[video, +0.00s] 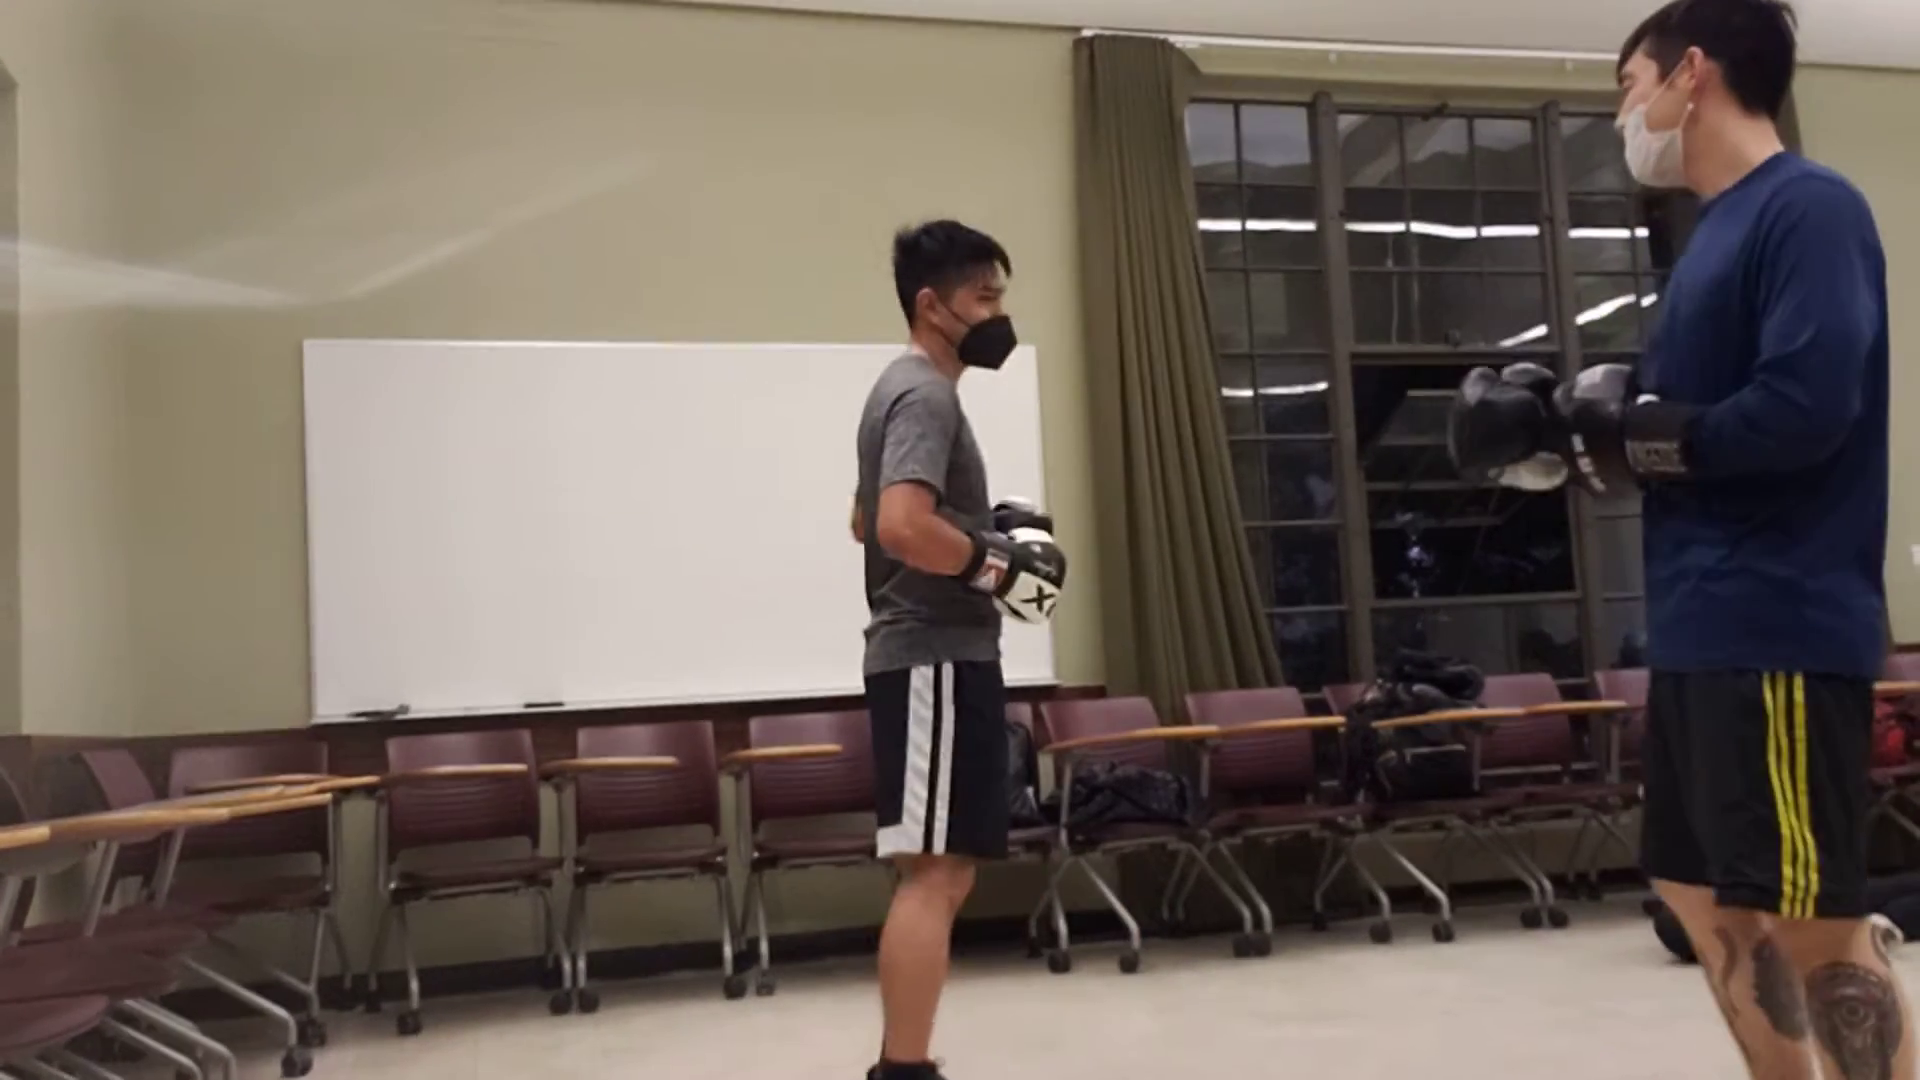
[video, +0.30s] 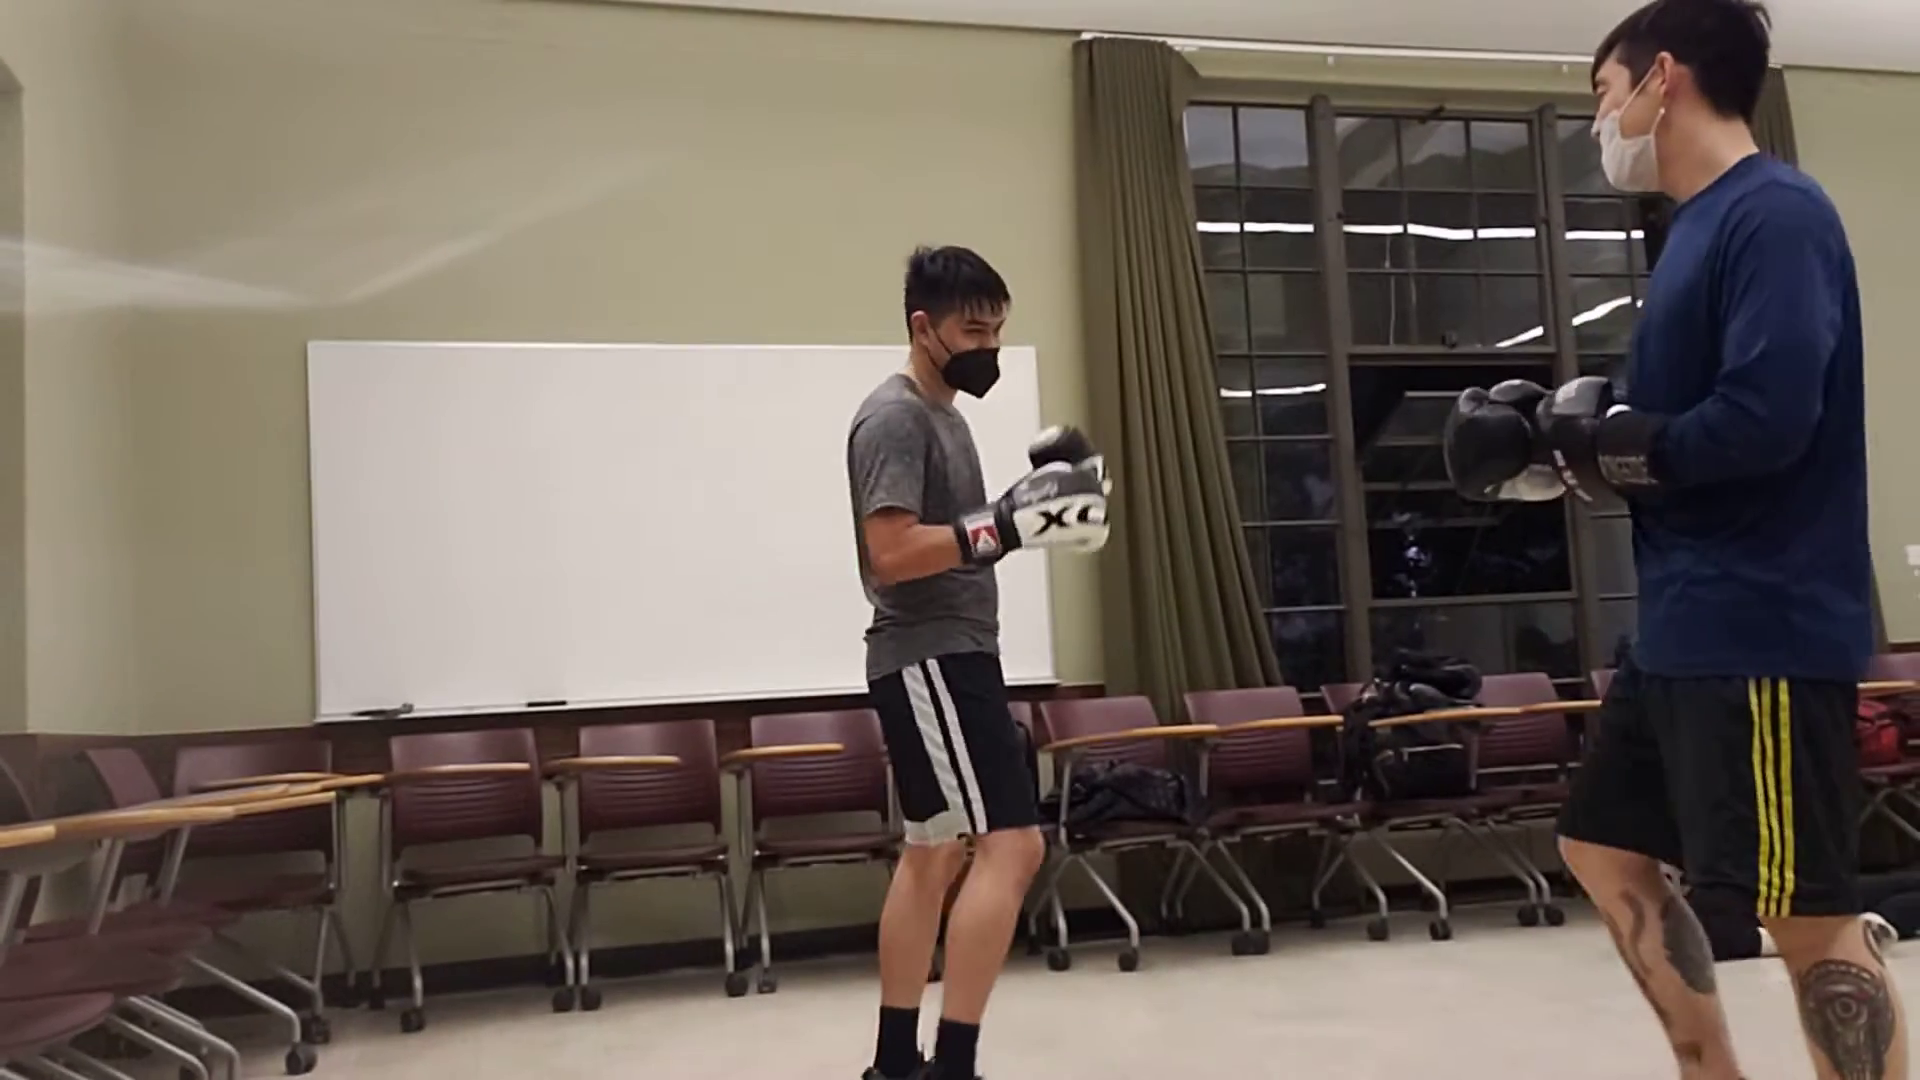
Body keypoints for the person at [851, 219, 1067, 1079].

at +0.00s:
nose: (999, 310)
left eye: (1000, 295)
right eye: (983, 296)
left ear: (932, 308)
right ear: (929, 302)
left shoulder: (900, 389)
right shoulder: (923, 394)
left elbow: (867, 520)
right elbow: (901, 522)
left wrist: (979, 531)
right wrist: (991, 566)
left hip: (933, 659)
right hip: (934, 663)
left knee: (939, 873)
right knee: (934, 874)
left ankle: (906, 1062)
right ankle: (906, 1066)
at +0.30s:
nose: (990, 342)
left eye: (996, 326)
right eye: (973, 325)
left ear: (992, 326)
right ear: (920, 323)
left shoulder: (945, 419)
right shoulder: (893, 418)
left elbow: (938, 550)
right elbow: (888, 556)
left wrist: (1022, 512)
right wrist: (1003, 522)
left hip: (949, 655)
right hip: (929, 659)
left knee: (932, 854)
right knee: (1011, 849)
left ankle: (895, 1061)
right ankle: (952, 1065)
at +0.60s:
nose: (1003, 337)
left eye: (1008, 320)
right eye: (985, 321)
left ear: (1003, 315)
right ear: (933, 321)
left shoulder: (948, 408)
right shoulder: (920, 406)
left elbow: (993, 521)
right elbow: (982, 513)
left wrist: (1068, 480)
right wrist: (1075, 447)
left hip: (967, 658)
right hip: (968, 660)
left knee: (949, 857)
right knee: (1028, 864)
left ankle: (897, 1057)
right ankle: (1054, 1072)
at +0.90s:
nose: (1043, 307)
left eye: (1043, 290)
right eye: (1026, 293)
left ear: (975, 307)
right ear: (970, 300)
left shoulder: (949, 384)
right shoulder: (978, 384)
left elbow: (1002, 511)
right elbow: (1036, 511)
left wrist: (1086, 479)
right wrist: (1137, 458)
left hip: (965, 645)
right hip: (997, 648)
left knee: (976, 855)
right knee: (1034, 867)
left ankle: (915, 1047)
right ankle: (1054, 1073)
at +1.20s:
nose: (1020, 327)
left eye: (1023, 311)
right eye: (1004, 311)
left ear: (968, 318)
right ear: (950, 315)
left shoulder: (953, 399)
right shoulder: (936, 401)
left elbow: (980, 516)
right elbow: (968, 531)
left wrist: (1067, 480)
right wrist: (1079, 498)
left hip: (953, 657)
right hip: (956, 660)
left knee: (940, 861)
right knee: (1013, 869)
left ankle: (888, 1054)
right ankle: (1050, 1072)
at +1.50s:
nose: (967, 335)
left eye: (972, 319)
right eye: (948, 320)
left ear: (972, 315)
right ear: (898, 324)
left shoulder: (922, 414)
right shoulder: (869, 414)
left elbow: (903, 542)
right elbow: (841, 554)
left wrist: (977, 553)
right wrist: (950, 570)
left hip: (909, 659)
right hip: (878, 661)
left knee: (893, 864)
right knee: (941, 860)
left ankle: (882, 1060)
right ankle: (948, 1067)